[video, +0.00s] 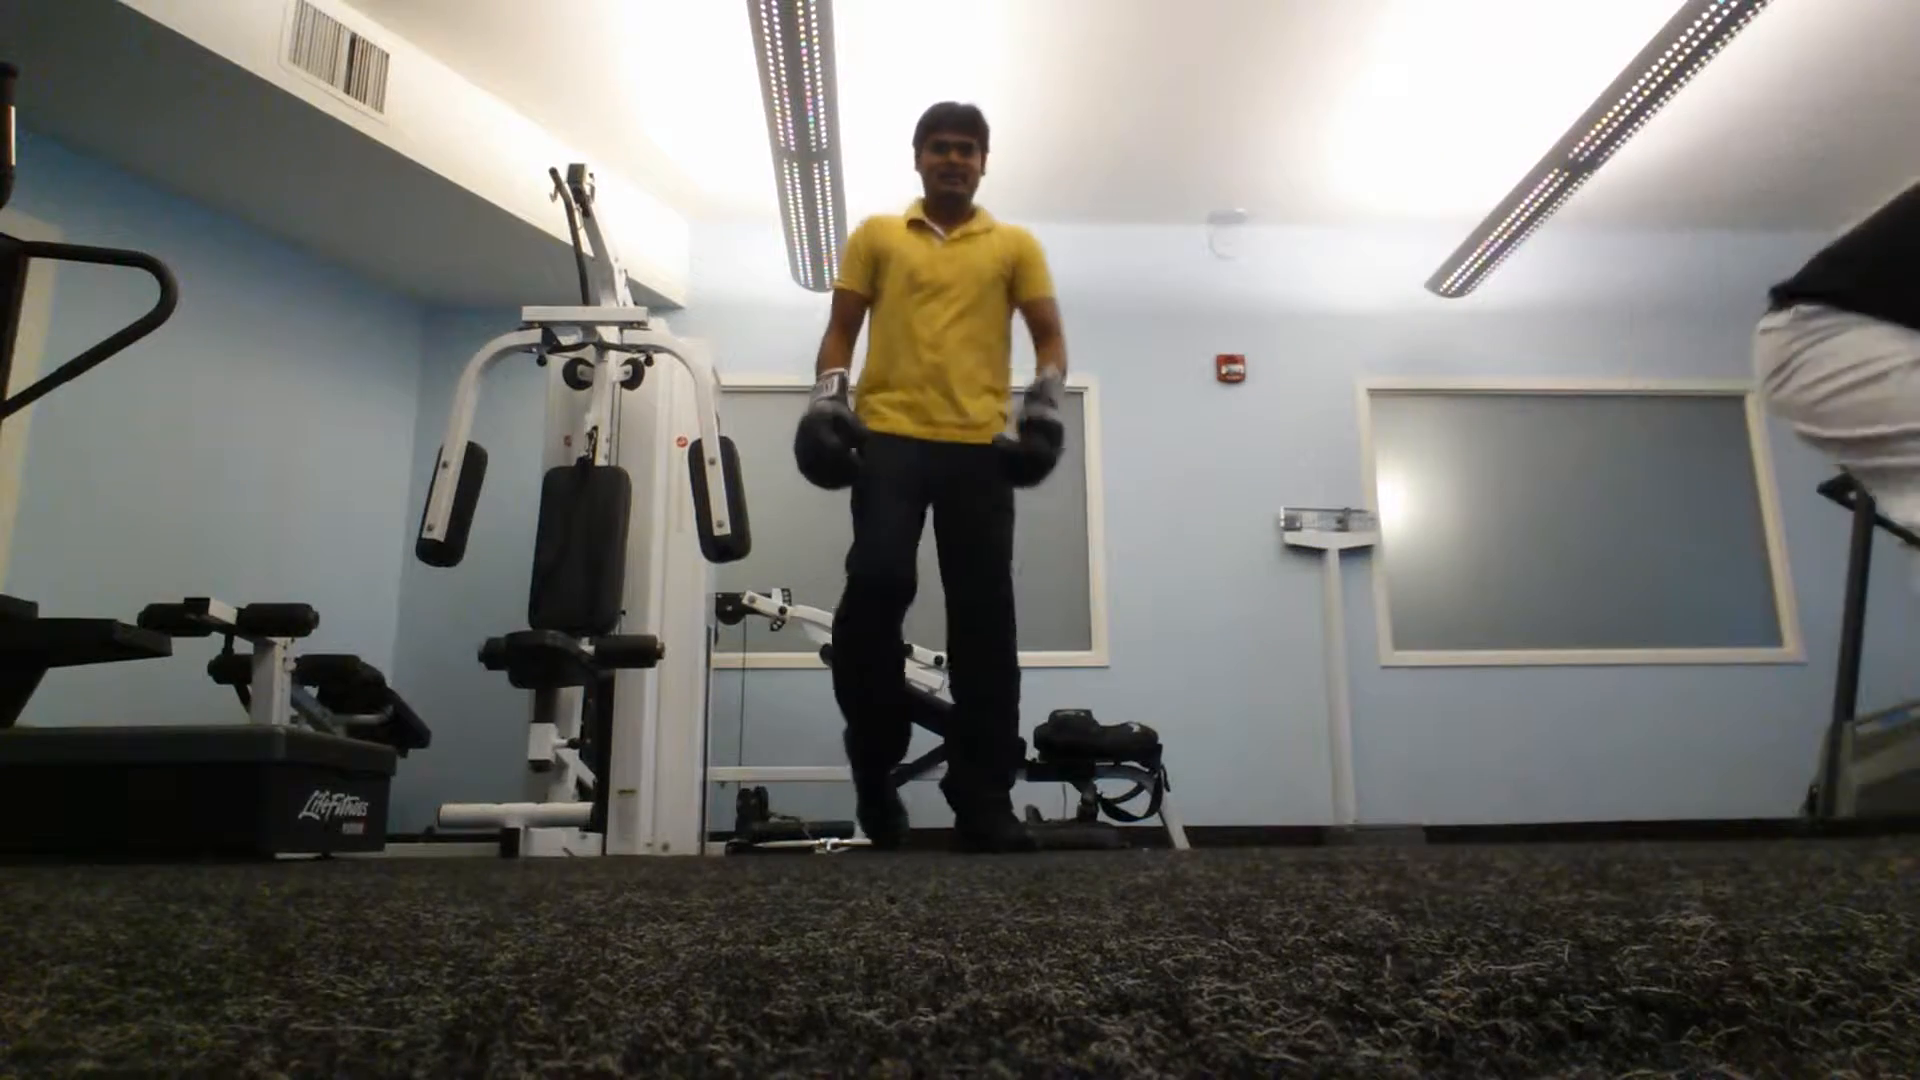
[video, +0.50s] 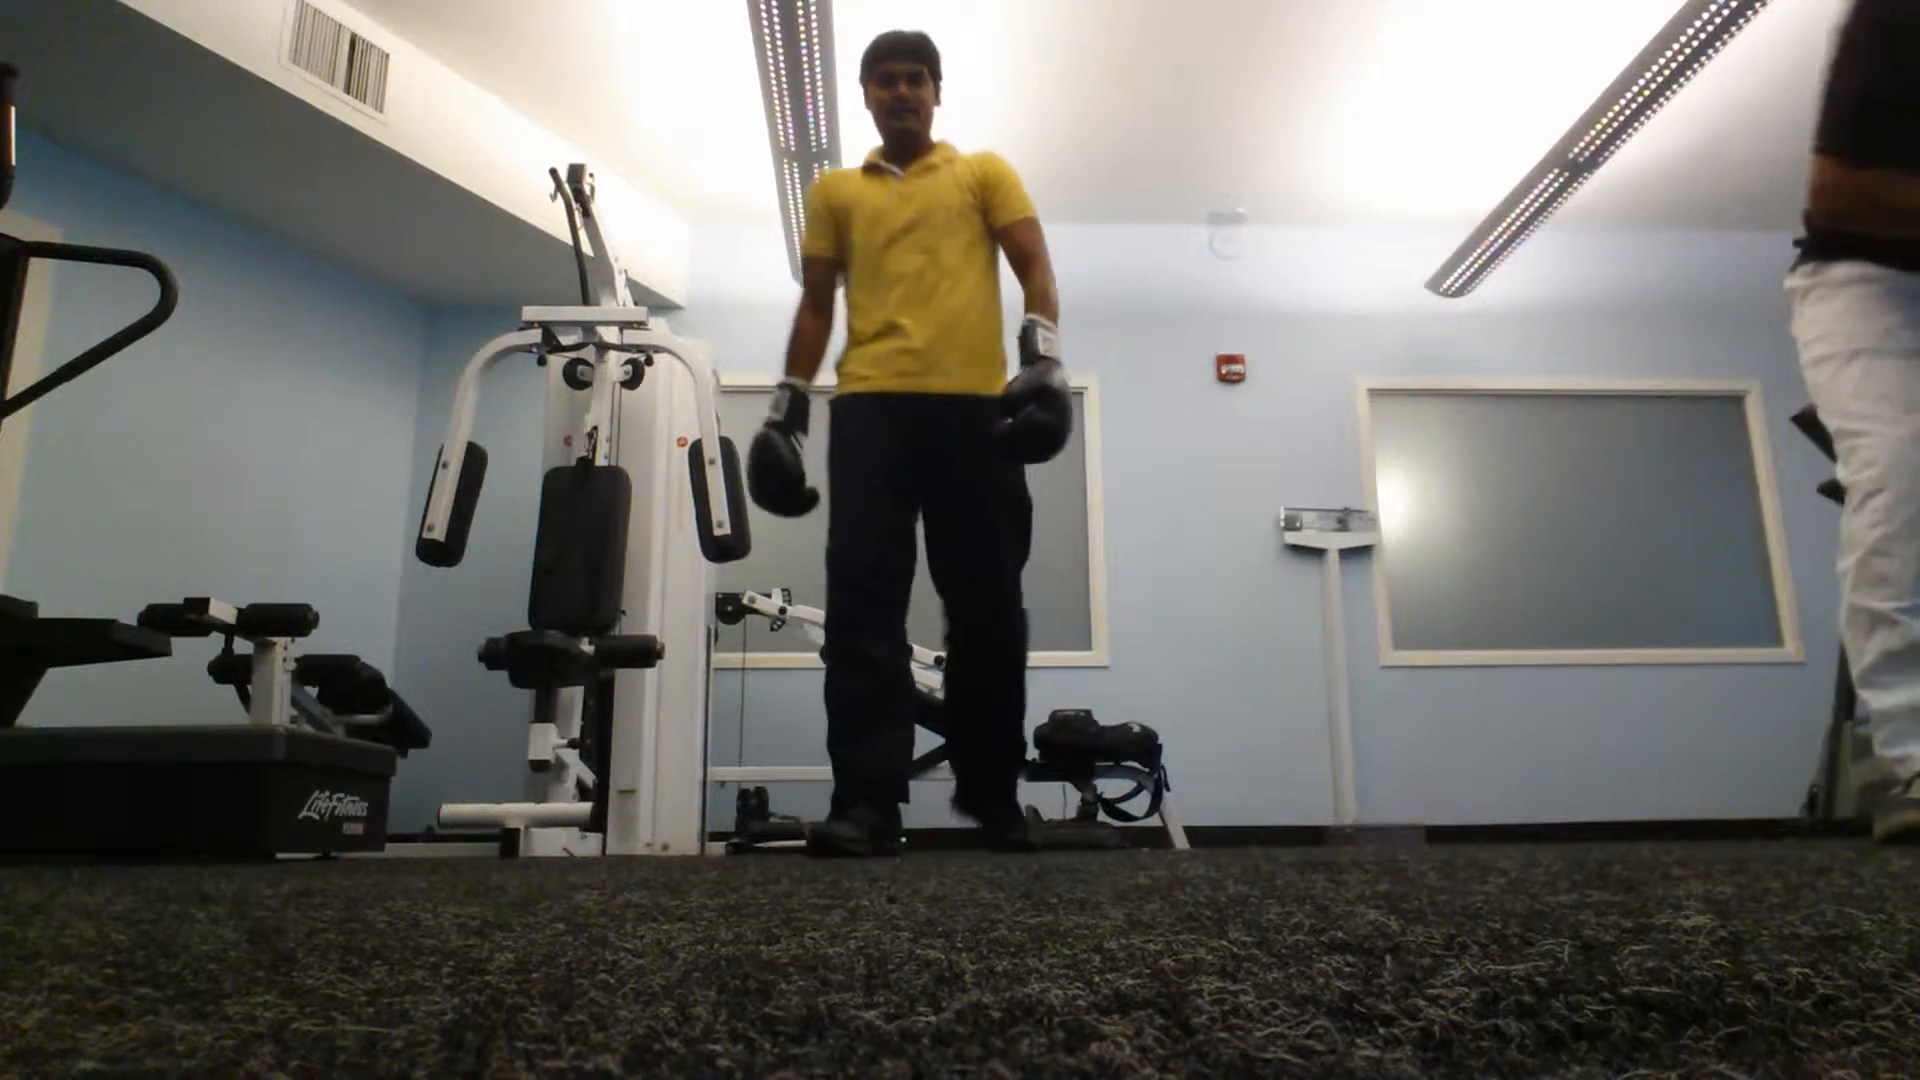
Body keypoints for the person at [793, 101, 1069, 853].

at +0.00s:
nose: (954, 161)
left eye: (966, 151)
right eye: (941, 150)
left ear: (985, 163)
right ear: (917, 159)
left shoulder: (1014, 247)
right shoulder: (878, 238)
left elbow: (1049, 339)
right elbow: (841, 328)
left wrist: (1044, 404)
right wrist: (827, 396)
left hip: (979, 446)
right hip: (889, 441)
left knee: (984, 615)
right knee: (876, 591)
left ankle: (984, 799)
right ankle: (875, 778)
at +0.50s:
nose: (900, 95)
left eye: (914, 82)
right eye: (884, 83)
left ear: (937, 91)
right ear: (865, 95)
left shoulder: (982, 174)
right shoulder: (837, 192)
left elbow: (1035, 267)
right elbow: (815, 306)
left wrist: (1041, 360)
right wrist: (784, 411)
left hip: (973, 413)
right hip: (870, 415)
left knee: (988, 609)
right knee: (862, 608)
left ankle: (991, 800)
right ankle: (864, 805)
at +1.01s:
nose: (899, 15)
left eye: (914, 3)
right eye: (882, 4)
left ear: (935, 18)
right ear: (857, 20)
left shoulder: (983, 123)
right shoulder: (821, 118)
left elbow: (1030, 237)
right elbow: (783, 223)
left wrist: (1066, 342)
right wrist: (764, 299)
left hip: (957, 369)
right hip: (846, 371)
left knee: (969, 572)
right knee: (854, 593)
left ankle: (993, 790)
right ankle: (864, 807)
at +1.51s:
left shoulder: (1055, 72)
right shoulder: (884, 56)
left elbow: (1090, 183)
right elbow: (829, 181)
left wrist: (1104, 256)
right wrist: (786, 281)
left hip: (1002, 294)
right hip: (894, 265)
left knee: (998, 552)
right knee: (922, 371)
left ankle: (979, 797)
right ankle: (885, 630)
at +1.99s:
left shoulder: (1055, 89)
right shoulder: (881, 67)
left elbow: (1085, 220)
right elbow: (829, 192)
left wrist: (1111, 341)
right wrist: (800, 299)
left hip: (999, 322)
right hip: (892, 298)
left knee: (1009, 540)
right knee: (961, 246)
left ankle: (981, 782)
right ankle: (917, 484)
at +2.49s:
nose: (924, 37)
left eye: (940, 26)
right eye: (908, 25)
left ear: (962, 47)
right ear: (885, 45)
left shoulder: (1003, 139)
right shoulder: (845, 142)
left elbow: (1048, 245)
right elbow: (812, 243)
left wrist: (1083, 352)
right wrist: (783, 330)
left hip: (974, 372)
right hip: (866, 370)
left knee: (987, 572)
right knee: (873, 585)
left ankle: (1001, 790)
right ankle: (892, 804)